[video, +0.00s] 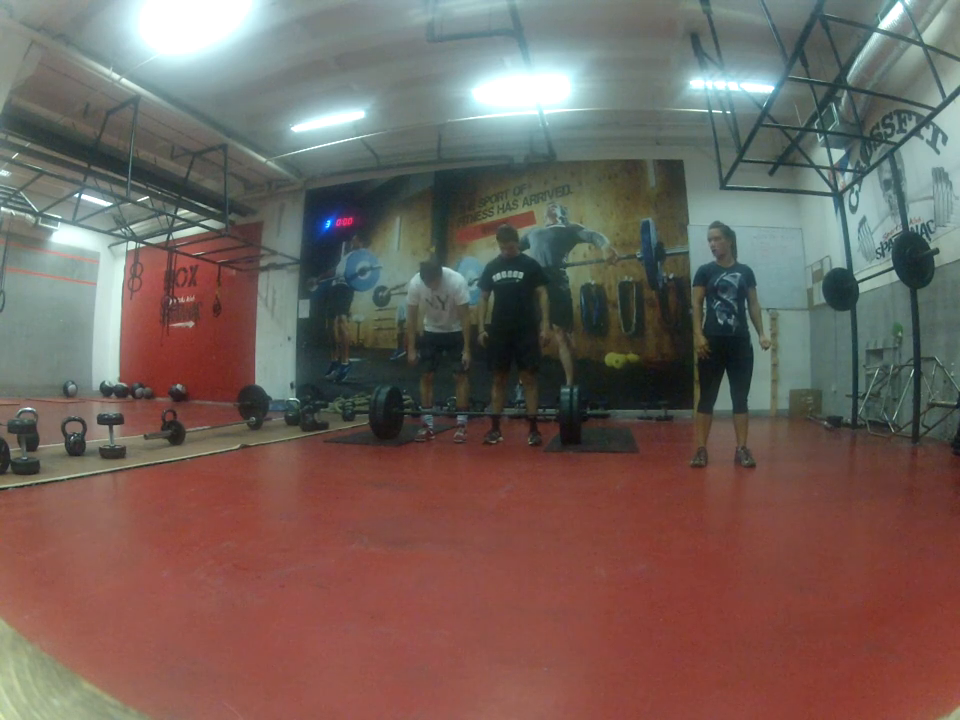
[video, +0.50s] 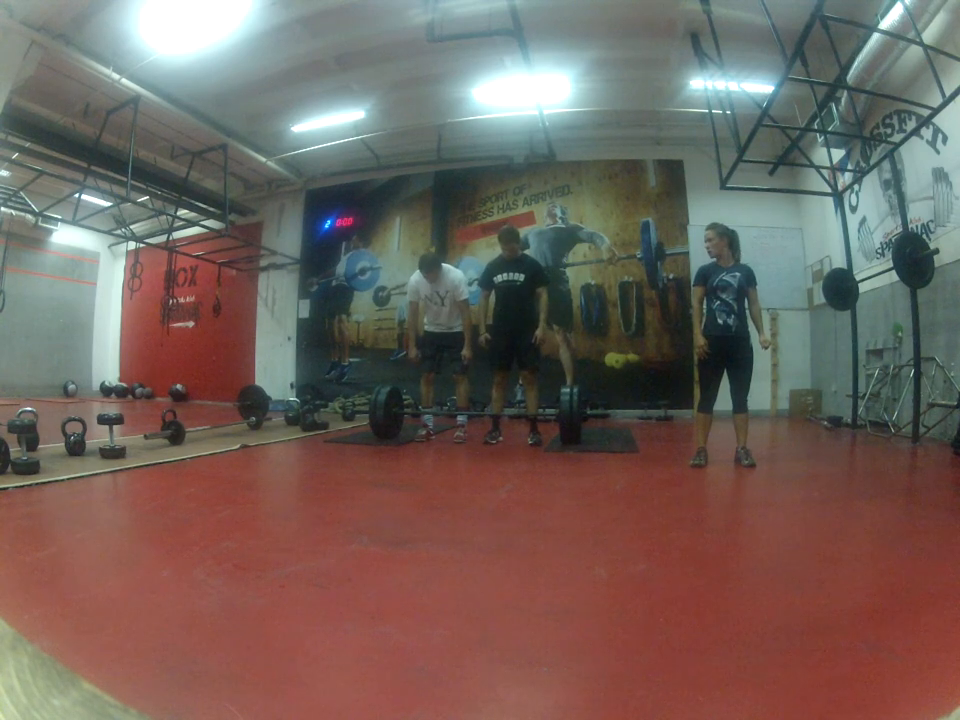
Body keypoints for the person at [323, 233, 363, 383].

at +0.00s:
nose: (353, 243)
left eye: (355, 241)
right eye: (353, 241)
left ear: (361, 243)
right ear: (354, 242)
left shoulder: (360, 256)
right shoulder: (348, 256)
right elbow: (336, 271)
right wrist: (319, 278)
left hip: (346, 288)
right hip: (336, 288)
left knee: (342, 324)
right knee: (334, 325)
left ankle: (345, 362)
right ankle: (335, 361)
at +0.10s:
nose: (353, 243)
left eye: (355, 241)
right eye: (353, 241)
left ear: (361, 243)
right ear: (354, 242)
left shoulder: (360, 256)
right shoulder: (348, 256)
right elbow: (336, 271)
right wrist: (319, 278)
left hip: (346, 288)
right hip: (336, 288)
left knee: (342, 325)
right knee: (334, 326)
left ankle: (345, 362)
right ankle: (335, 361)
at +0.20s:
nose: (353, 243)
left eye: (356, 241)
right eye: (353, 240)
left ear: (361, 242)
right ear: (353, 242)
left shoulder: (360, 256)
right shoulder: (348, 256)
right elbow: (335, 272)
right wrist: (319, 279)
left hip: (346, 289)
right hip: (335, 288)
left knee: (342, 325)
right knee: (334, 326)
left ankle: (345, 362)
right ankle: (335, 361)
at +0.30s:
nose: (353, 243)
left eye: (356, 241)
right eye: (353, 240)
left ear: (361, 242)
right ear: (353, 242)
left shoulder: (360, 256)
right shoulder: (348, 256)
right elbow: (336, 272)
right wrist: (319, 279)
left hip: (346, 289)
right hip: (335, 288)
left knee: (342, 325)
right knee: (334, 326)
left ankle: (345, 362)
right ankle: (335, 361)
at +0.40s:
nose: (353, 243)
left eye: (356, 240)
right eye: (353, 240)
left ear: (360, 242)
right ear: (353, 242)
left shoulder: (359, 256)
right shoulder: (348, 256)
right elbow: (336, 272)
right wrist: (319, 279)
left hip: (345, 288)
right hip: (336, 288)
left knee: (342, 324)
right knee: (334, 325)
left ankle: (345, 362)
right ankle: (335, 361)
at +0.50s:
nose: (353, 243)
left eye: (356, 241)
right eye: (353, 240)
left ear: (360, 242)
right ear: (353, 242)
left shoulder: (360, 256)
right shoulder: (348, 256)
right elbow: (336, 272)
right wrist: (319, 279)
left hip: (345, 288)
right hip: (335, 288)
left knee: (342, 325)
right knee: (333, 326)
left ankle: (345, 362)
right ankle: (335, 361)